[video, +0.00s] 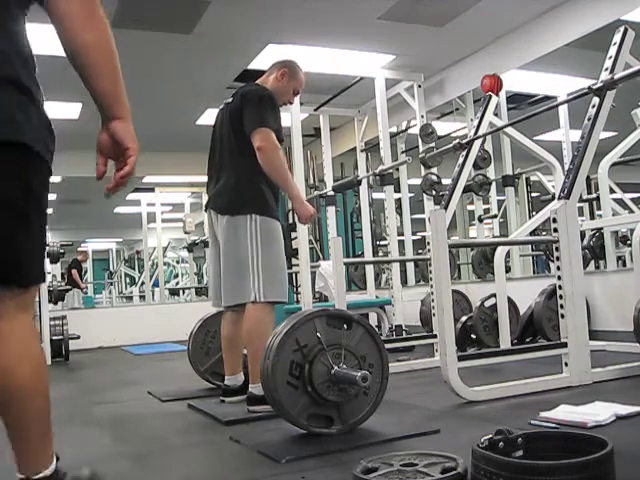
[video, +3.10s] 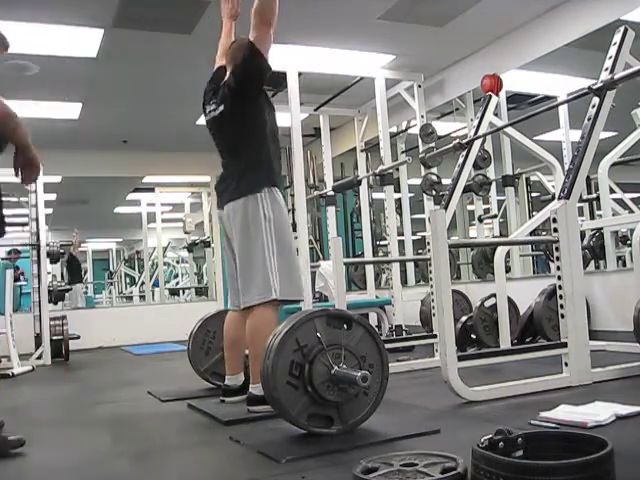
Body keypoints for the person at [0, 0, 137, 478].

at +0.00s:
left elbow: (75, 8)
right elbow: (75, 7)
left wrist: (114, 113)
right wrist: (116, 114)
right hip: (9, 118)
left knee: (18, 310)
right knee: (12, 311)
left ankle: (41, 468)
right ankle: (41, 471)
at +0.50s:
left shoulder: (82, 8)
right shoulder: (76, 3)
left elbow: (115, 76)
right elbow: (117, 76)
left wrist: (137, 170)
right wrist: (139, 169)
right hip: (44, 160)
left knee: (37, 317)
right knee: (36, 316)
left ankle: (44, 459)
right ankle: (44, 461)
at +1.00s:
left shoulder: (48, 25)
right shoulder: (46, 24)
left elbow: (88, 116)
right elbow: (90, 116)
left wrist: (66, 172)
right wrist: (67, 170)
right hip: (34, 183)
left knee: (36, 312)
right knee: (37, 313)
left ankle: (43, 447)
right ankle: (43, 447)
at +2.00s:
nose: (62, 52)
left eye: (63, 47)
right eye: (64, 45)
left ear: (20, 34)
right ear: (55, 39)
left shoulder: (0, 64)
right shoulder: (64, 74)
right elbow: (90, 114)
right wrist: (49, 124)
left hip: (0, 212)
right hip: (49, 212)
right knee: (48, 310)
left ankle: (58, 411)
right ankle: (57, 413)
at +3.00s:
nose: (7, 62)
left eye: (6, 58)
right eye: (5, 57)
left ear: (7, 56)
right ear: (1, 53)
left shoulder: (9, 92)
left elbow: (20, 102)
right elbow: (21, 102)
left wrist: (25, 133)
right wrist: (26, 134)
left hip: (3, 222)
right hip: (1, 224)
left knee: (4, 300)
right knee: (3, 299)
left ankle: (3, 412)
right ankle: (2, 414)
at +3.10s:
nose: (5, 46)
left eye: (5, 42)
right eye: (2, 41)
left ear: (4, 47)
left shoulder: (2, 107)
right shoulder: (1, 107)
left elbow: (6, 118)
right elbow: (7, 119)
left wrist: (23, 145)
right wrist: (24, 147)